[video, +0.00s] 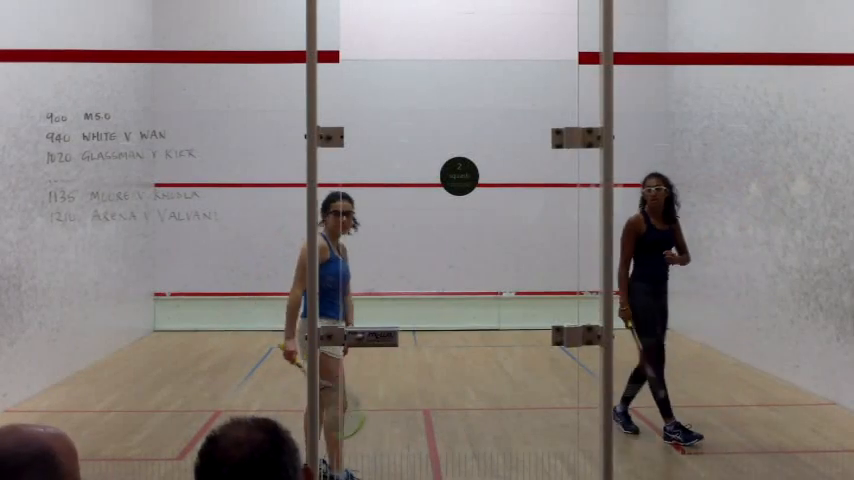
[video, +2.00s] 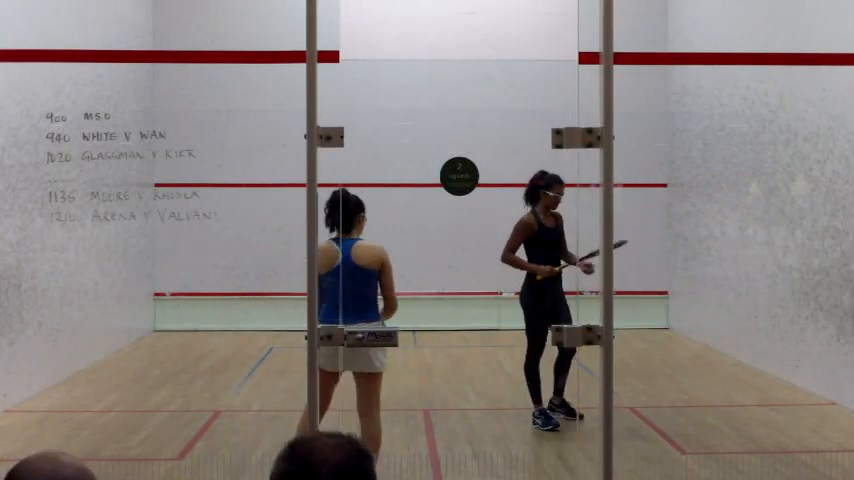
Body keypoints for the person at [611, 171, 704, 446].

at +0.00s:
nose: (652, 191)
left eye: (658, 188)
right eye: (648, 188)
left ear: (668, 193)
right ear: (642, 193)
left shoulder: (671, 223)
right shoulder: (635, 224)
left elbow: (685, 257)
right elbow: (623, 265)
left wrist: (676, 259)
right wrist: (624, 302)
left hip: (660, 294)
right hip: (638, 295)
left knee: (651, 357)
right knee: (654, 357)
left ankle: (621, 408)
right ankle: (670, 424)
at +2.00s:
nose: (560, 199)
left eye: (561, 195)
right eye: (557, 194)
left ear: (552, 195)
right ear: (543, 193)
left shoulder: (556, 219)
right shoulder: (527, 223)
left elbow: (562, 253)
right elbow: (506, 256)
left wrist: (578, 262)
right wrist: (536, 268)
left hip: (555, 292)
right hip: (535, 294)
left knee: (569, 345)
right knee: (535, 350)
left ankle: (557, 400)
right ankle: (538, 409)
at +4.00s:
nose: (560, 204)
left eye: (561, 200)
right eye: (558, 199)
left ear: (546, 197)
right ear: (545, 195)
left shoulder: (539, 220)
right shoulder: (531, 218)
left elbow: (544, 259)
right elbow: (524, 253)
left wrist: (572, 269)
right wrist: (541, 285)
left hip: (540, 292)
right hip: (529, 293)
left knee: (555, 344)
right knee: (528, 349)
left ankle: (555, 402)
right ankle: (515, 407)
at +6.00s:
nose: (572, 202)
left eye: (574, 198)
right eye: (569, 197)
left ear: (571, 199)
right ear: (555, 196)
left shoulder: (570, 223)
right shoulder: (538, 221)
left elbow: (575, 256)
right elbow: (524, 255)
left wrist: (591, 271)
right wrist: (551, 263)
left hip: (566, 286)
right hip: (546, 287)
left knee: (563, 344)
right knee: (561, 345)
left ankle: (557, 401)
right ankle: (532, 397)